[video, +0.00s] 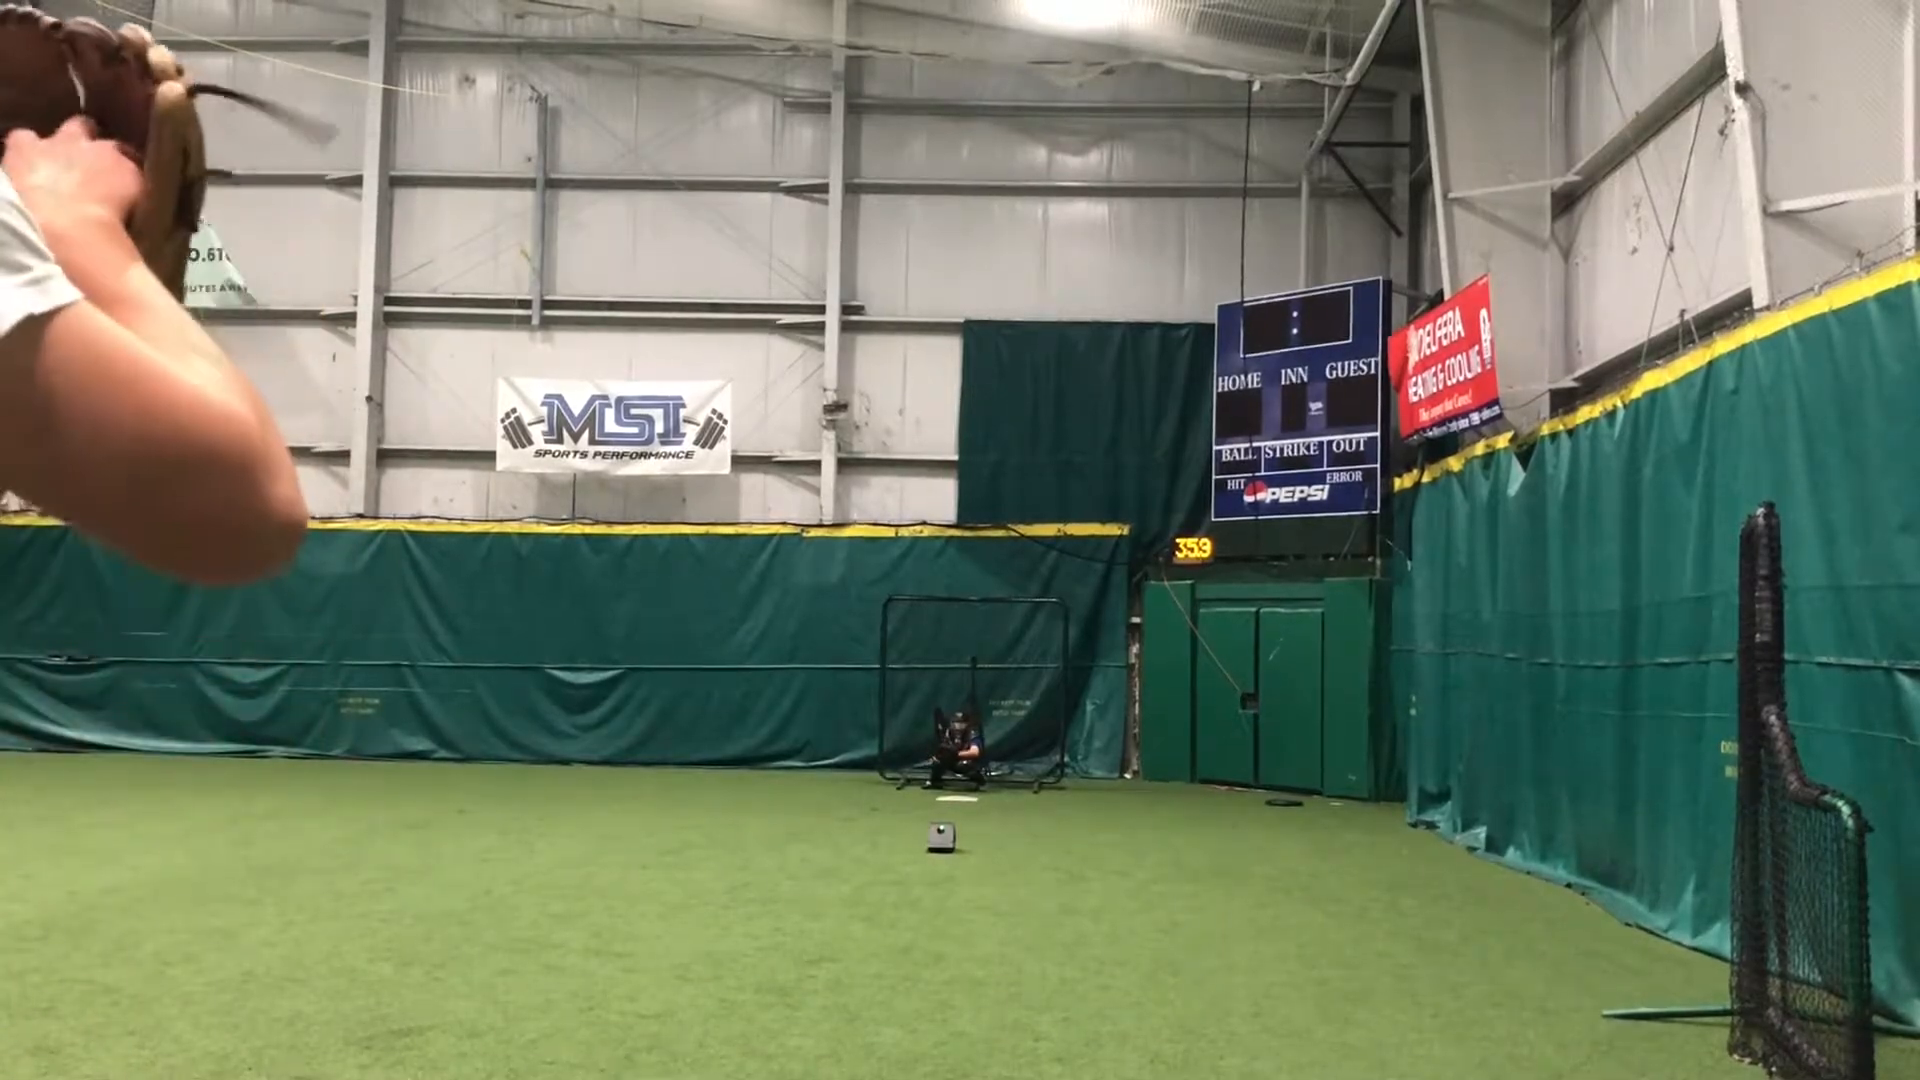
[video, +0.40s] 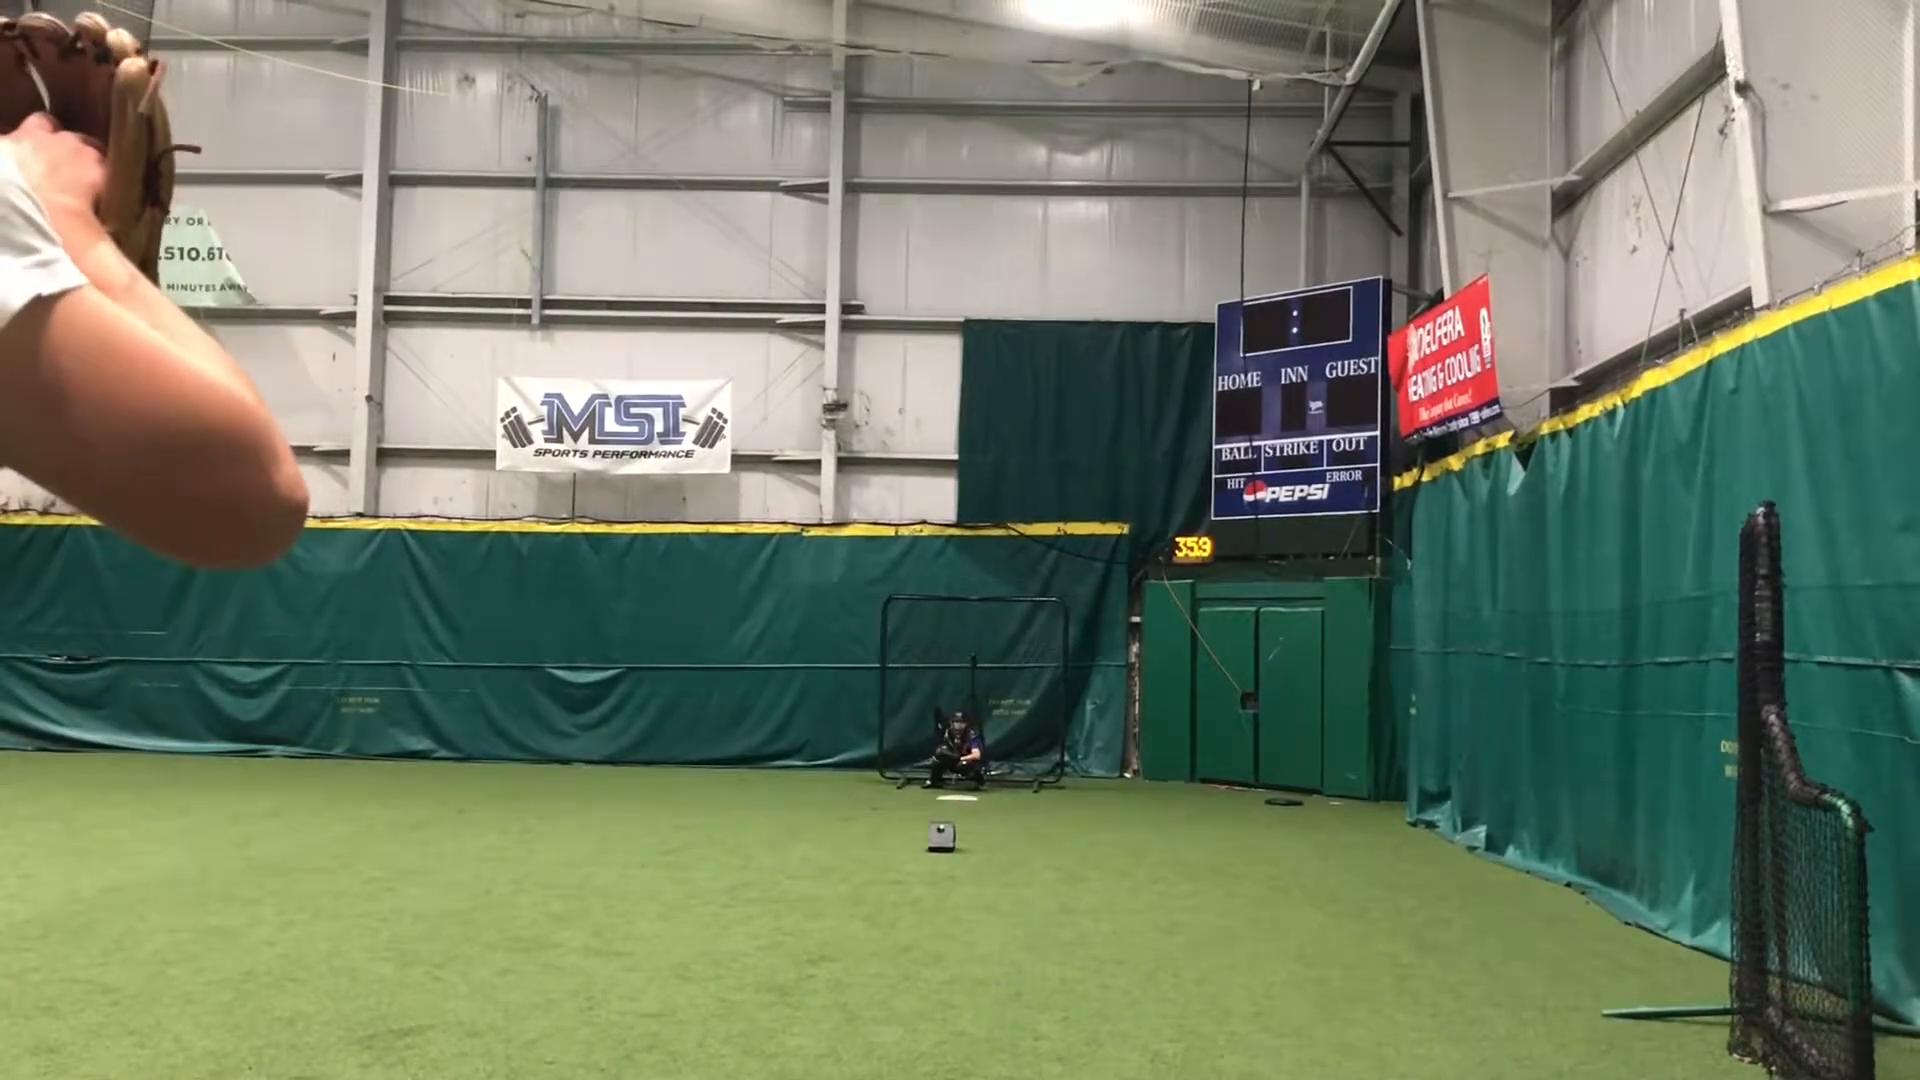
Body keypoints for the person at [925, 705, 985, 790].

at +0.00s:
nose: (957, 727)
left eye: (960, 723)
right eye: (954, 723)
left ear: (966, 724)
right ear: (951, 724)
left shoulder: (972, 735)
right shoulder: (948, 733)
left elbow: (974, 752)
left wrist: (955, 754)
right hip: (948, 759)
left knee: (964, 766)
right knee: (937, 765)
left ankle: (980, 781)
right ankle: (935, 781)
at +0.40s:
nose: (958, 726)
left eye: (961, 723)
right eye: (955, 722)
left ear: (966, 724)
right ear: (951, 724)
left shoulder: (971, 736)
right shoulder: (947, 734)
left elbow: (976, 755)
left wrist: (962, 759)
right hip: (950, 759)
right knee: (937, 763)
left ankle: (980, 782)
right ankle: (935, 781)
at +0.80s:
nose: (958, 727)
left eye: (961, 724)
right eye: (955, 723)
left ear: (966, 725)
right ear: (951, 725)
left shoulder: (972, 737)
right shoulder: (947, 735)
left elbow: (977, 756)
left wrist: (964, 760)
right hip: (950, 762)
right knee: (936, 763)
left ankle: (980, 782)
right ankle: (935, 781)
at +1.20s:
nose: (957, 728)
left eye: (961, 724)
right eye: (955, 724)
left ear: (966, 725)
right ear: (951, 725)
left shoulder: (971, 739)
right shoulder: (948, 736)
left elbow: (977, 757)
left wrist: (961, 760)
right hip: (951, 764)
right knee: (936, 761)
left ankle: (981, 782)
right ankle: (935, 780)